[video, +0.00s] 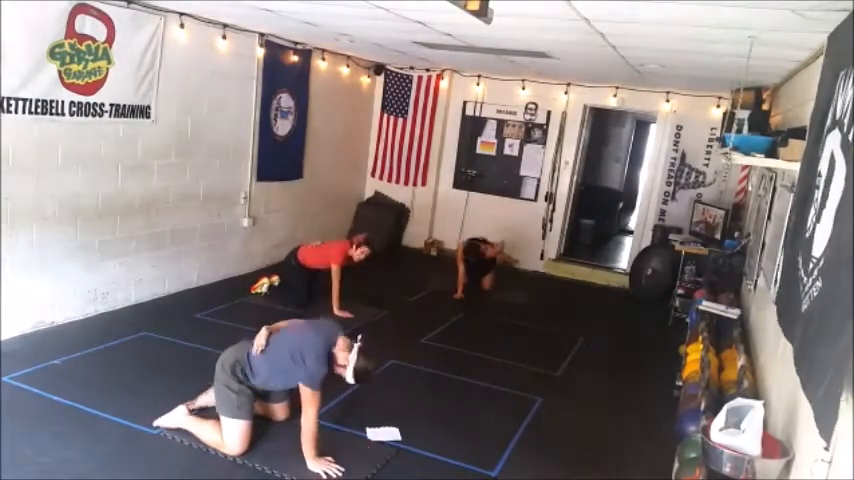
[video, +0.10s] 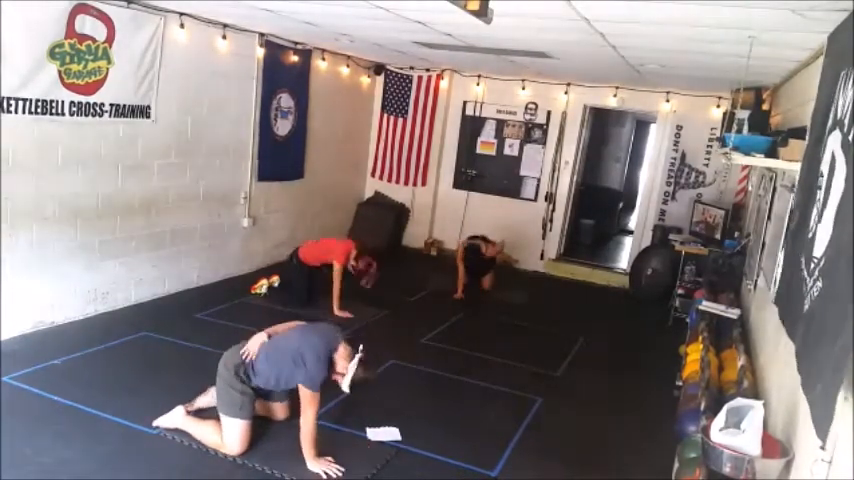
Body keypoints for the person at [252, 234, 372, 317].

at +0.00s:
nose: (362, 257)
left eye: (365, 255)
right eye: (362, 252)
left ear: (364, 254)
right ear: (355, 247)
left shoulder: (348, 247)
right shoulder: (339, 252)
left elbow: (331, 244)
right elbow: (335, 282)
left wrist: (319, 244)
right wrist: (336, 309)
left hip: (308, 261)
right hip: (296, 262)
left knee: (311, 296)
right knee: (299, 301)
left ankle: (278, 282)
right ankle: (269, 287)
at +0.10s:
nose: (352, 269)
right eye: (354, 267)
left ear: (363, 260)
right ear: (356, 259)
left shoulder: (352, 246)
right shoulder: (340, 254)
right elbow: (336, 283)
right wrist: (336, 310)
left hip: (310, 261)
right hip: (299, 261)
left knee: (310, 296)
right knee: (300, 300)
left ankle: (280, 282)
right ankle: (269, 288)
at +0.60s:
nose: (348, 268)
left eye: (351, 269)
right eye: (351, 267)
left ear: (356, 258)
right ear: (353, 262)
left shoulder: (346, 245)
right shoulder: (337, 255)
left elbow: (330, 240)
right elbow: (335, 284)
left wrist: (316, 238)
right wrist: (336, 309)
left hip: (307, 260)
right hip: (296, 262)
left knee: (311, 293)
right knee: (301, 300)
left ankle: (278, 281)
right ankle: (267, 289)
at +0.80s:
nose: (351, 266)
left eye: (354, 266)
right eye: (353, 265)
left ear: (355, 254)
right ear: (353, 257)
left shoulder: (346, 246)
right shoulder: (336, 255)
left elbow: (327, 241)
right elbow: (335, 283)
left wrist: (314, 241)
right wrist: (336, 309)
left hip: (306, 261)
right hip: (295, 262)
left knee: (314, 290)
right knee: (302, 300)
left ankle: (279, 281)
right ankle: (268, 289)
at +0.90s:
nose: (365, 252)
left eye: (366, 249)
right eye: (363, 249)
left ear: (355, 245)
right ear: (353, 246)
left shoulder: (343, 247)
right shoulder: (338, 255)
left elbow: (324, 245)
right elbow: (335, 284)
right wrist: (336, 306)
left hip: (302, 253)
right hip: (293, 263)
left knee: (312, 292)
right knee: (301, 300)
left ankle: (279, 282)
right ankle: (269, 289)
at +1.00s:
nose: (365, 247)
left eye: (365, 244)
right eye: (362, 244)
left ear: (353, 244)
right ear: (351, 244)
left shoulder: (344, 250)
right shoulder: (337, 255)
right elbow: (335, 284)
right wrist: (337, 300)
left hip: (303, 252)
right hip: (294, 263)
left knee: (312, 287)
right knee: (298, 299)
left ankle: (278, 281)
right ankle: (270, 288)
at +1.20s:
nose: (344, 268)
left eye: (348, 269)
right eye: (347, 267)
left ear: (354, 259)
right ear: (351, 261)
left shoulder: (346, 244)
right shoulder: (336, 252)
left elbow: (325, 240)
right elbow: (335, 283)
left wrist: (313, 239)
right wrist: (336, 309)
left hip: (308, 261)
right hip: (296, 262)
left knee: (312, 293)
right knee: (300, 300)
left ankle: (279, 281)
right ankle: (267, 289)